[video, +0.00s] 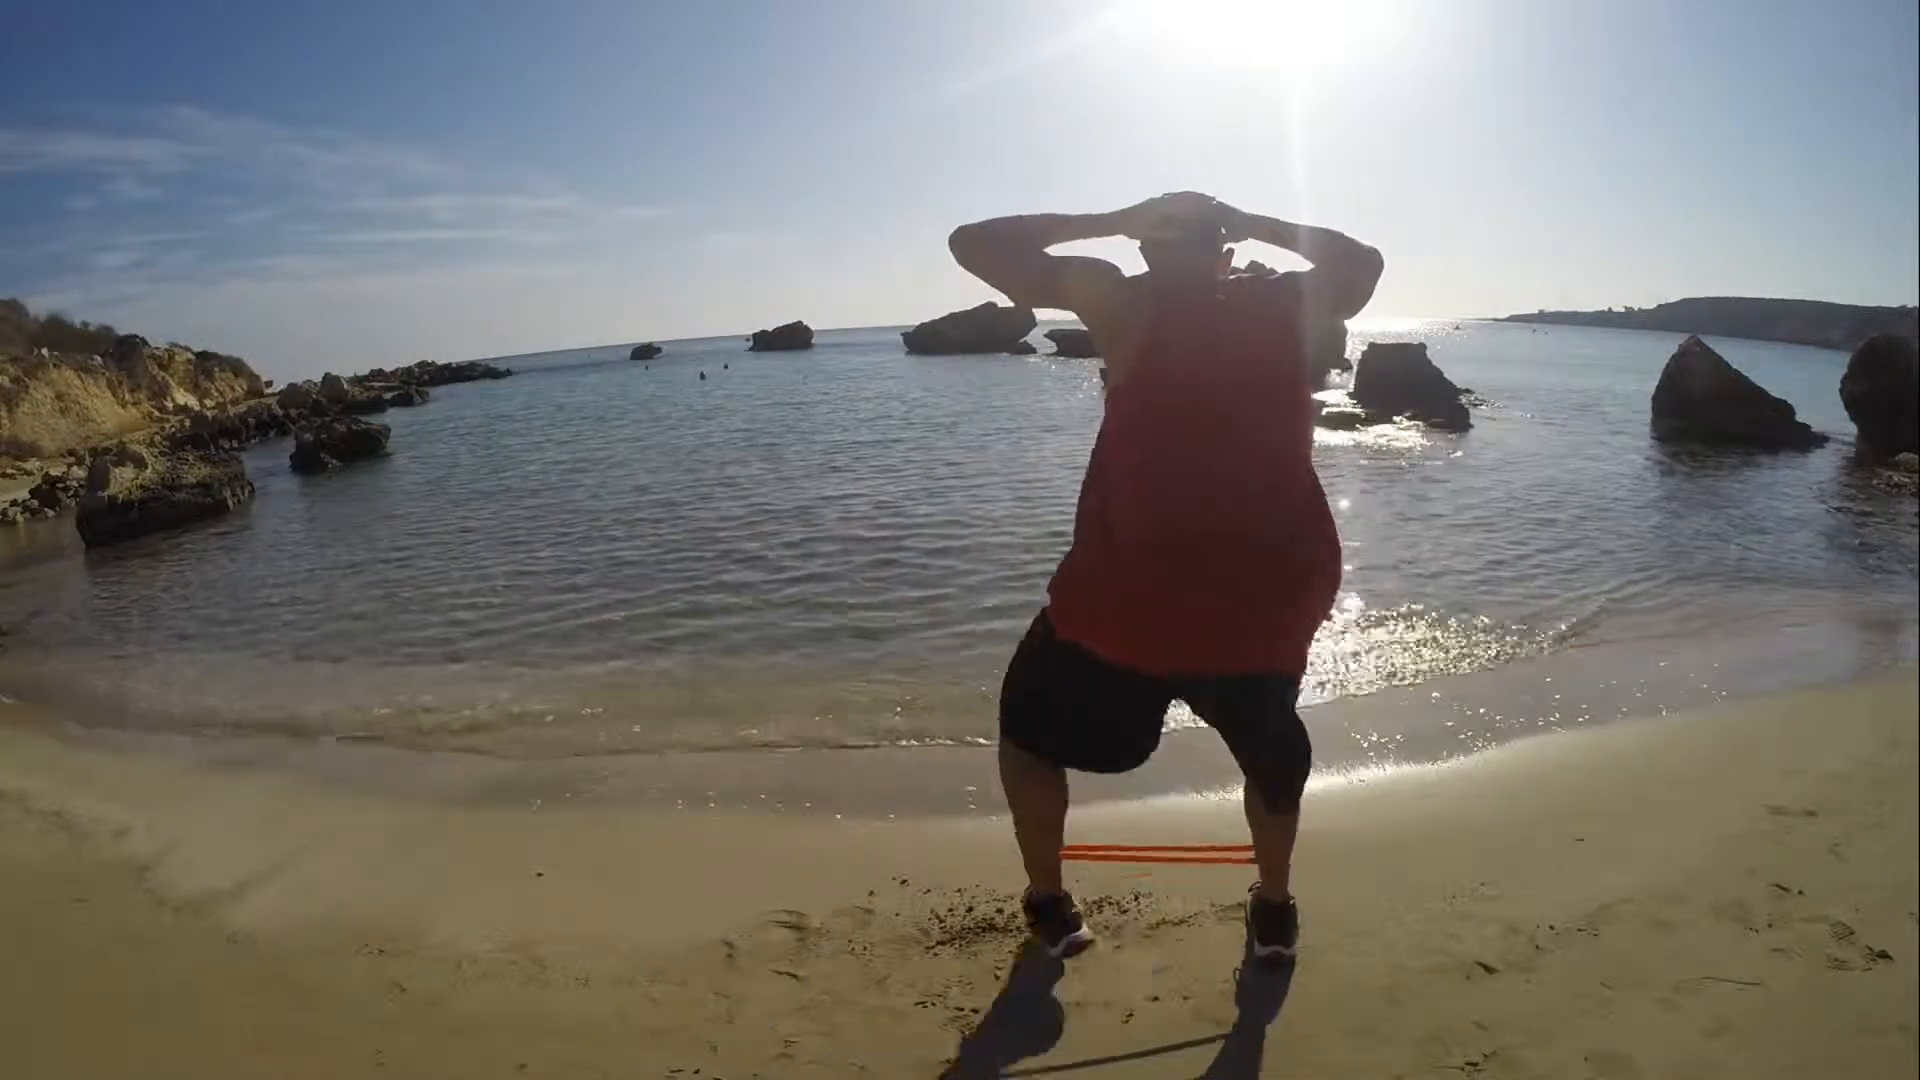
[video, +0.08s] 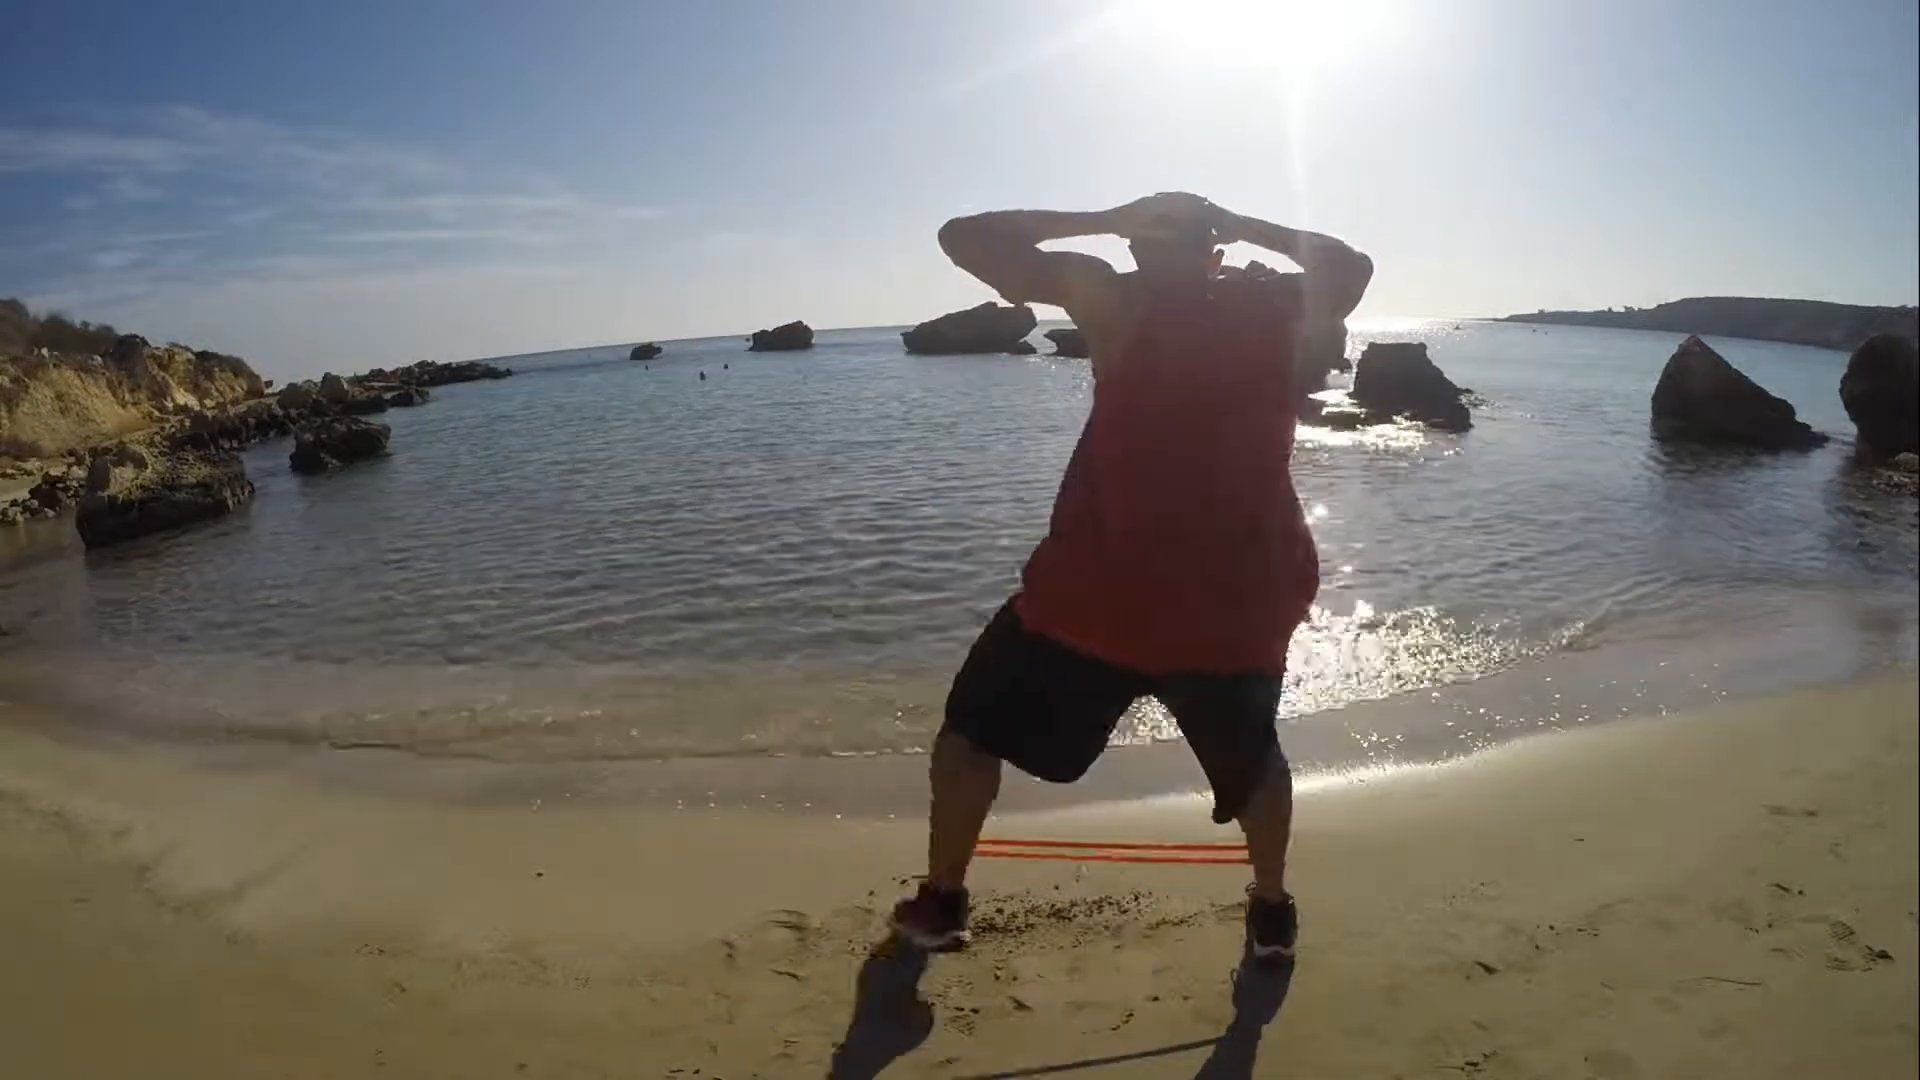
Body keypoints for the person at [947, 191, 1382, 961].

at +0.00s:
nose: (1159, 237)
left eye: (1161, 229)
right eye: (1168, 227)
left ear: (1152, 246)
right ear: (1227, 246)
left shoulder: (1120, 302)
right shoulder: (1293, 304)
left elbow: (974, 242)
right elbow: (1363, 261)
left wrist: (1113, 220)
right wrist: (1253, 223)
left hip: (1125, 583)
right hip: (1264, 592)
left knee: (1030, 725)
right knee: (1275, 751)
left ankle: (1046, 905)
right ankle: (1274, 907)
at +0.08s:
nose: (1148, 249)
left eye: (1151, 235)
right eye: (1156, 236)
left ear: (1139, 248)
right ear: (1218, 249)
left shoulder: (1110, 303)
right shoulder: (1281, 308)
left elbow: (968, 236)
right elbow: (1348, 265)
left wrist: (1109, 218)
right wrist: (1248, 227)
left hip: (1095, 574)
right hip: (1235, 589)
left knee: (971, 730)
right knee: (1253, 759)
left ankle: (941, 897)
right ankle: (1270, 904)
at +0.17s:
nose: (1133, 251)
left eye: (1134, 238)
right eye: (1143, 239)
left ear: (1119, 252)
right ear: (1193, 253)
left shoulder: (1090, 309)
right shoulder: (1249, 312)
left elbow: (946, 239)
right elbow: (1332, 271)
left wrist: (1086, 223)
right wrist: (1226, 233)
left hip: (1070, 571)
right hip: (1216, 586)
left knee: (914, 727)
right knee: (1246, 751)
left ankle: (836, 891)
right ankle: (1269, 909)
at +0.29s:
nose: (1100, 271)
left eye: (1094, 258)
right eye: (1105, 257)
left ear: (1065, 271)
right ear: (1143, 274)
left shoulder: (1024, 327)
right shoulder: (1196, 332)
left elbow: (885, 263)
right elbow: (1288, 291)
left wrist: (1026, 244)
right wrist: (1182, 252)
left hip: (1010, 607)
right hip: (1160, 622)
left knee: (850, 764)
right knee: (1228, 763)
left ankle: (761, 912)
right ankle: (1267, 906)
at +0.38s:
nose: (1046, 271)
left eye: (1038, 259)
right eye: (1054, 261)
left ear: (1005, 277)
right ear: (1090, 283)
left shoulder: (960, 337)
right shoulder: (1143, 339)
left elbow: (831, 273)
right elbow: (1233, 296)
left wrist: (974, 250)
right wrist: (1119, 252)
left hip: (965, 634)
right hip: (1119, 639)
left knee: (824, 776)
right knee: (1210, 771)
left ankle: (750, 935)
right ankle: (1264, 910)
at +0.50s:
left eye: (927, 246)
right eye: (967, 249)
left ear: (904, 259)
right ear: (992, 264)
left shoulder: (853, 321)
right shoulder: (1043, 323)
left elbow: (733, 259)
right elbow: (1151, 279)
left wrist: (875, 234)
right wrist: (1027, 236)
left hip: (877, 620)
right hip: (1031, 616)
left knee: (776, 773)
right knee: (1155, 757)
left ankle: (742, 940)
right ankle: (1235, 899)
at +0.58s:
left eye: (872, 229)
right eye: (924, 231)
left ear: (852, 244)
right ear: (938, 249)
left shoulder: (800, 305)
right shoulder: (992, 305)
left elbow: (685, 244)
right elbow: (1104, 260)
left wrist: (820, 219)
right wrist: (976, 222)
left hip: (831, 612)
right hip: (988, 601)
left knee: (758, 776)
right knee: (1098, 750)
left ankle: (741, 944)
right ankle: (1157, 903)